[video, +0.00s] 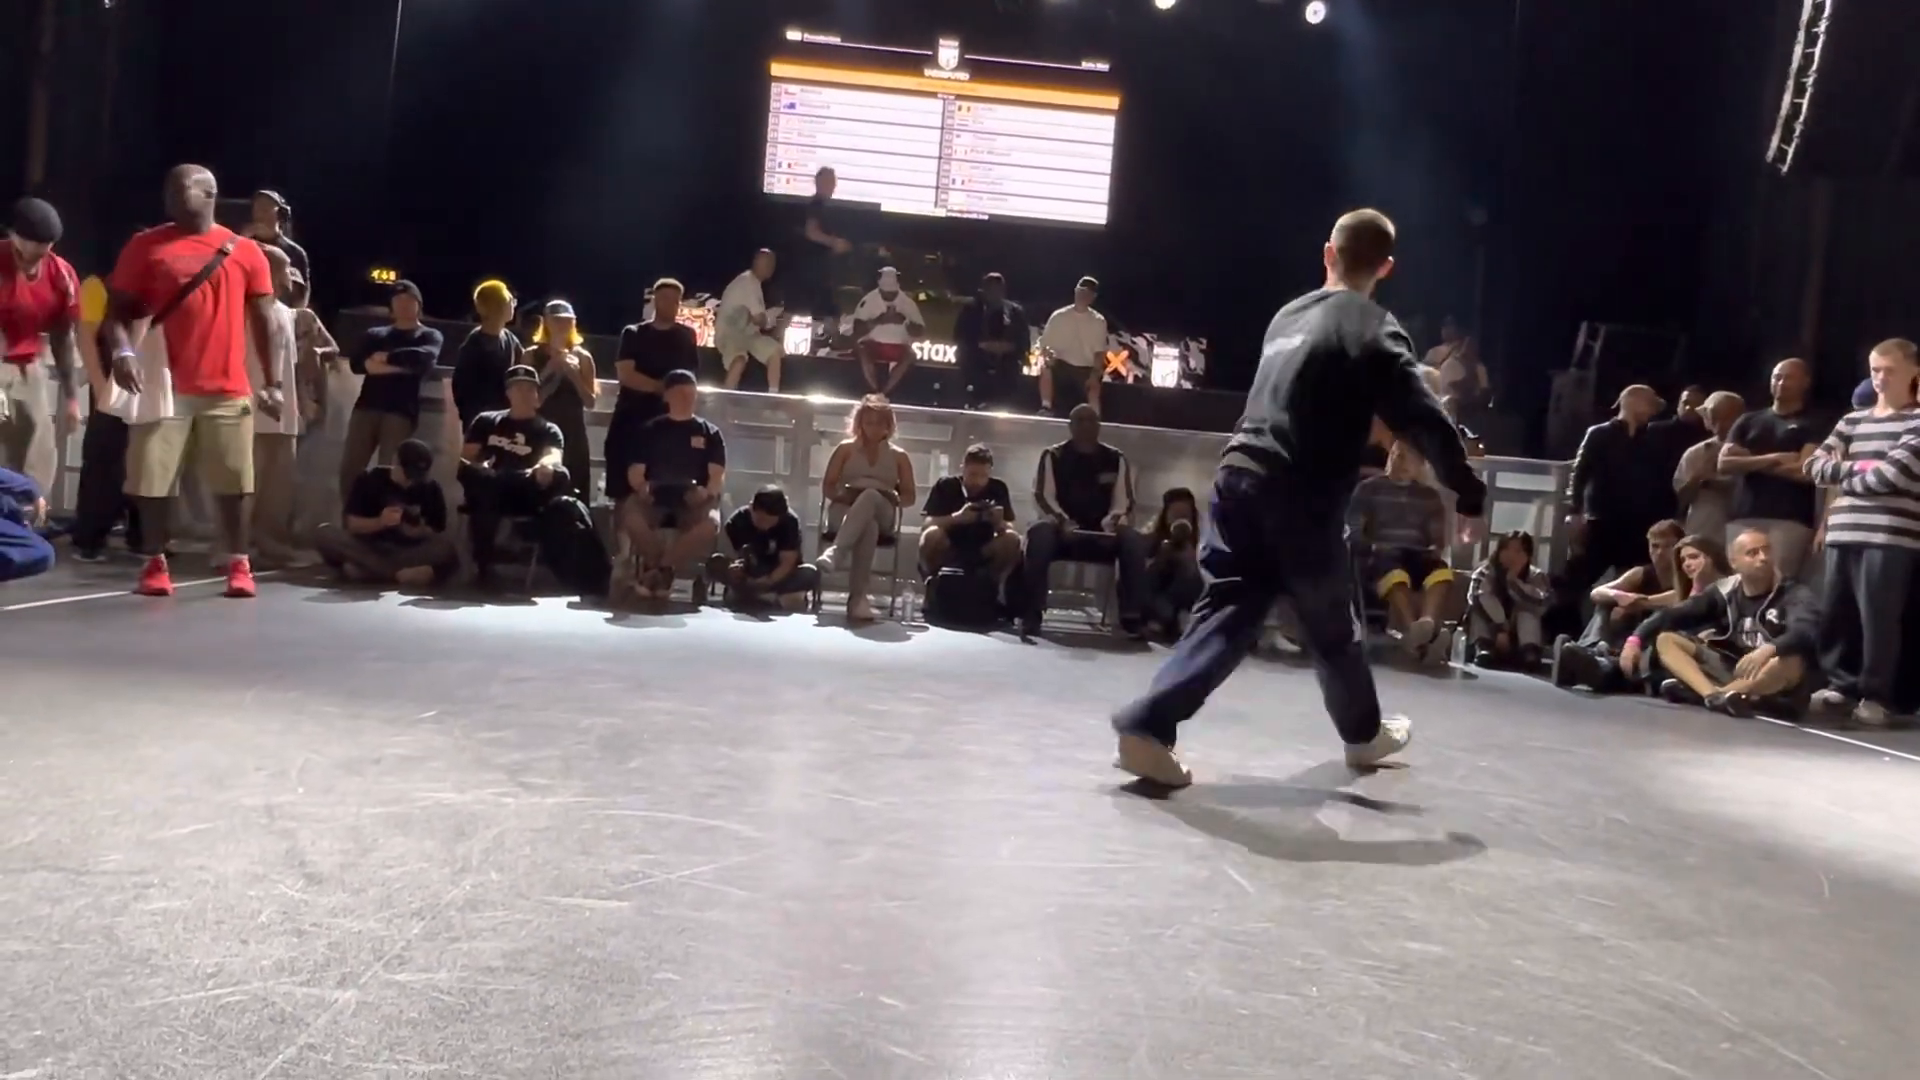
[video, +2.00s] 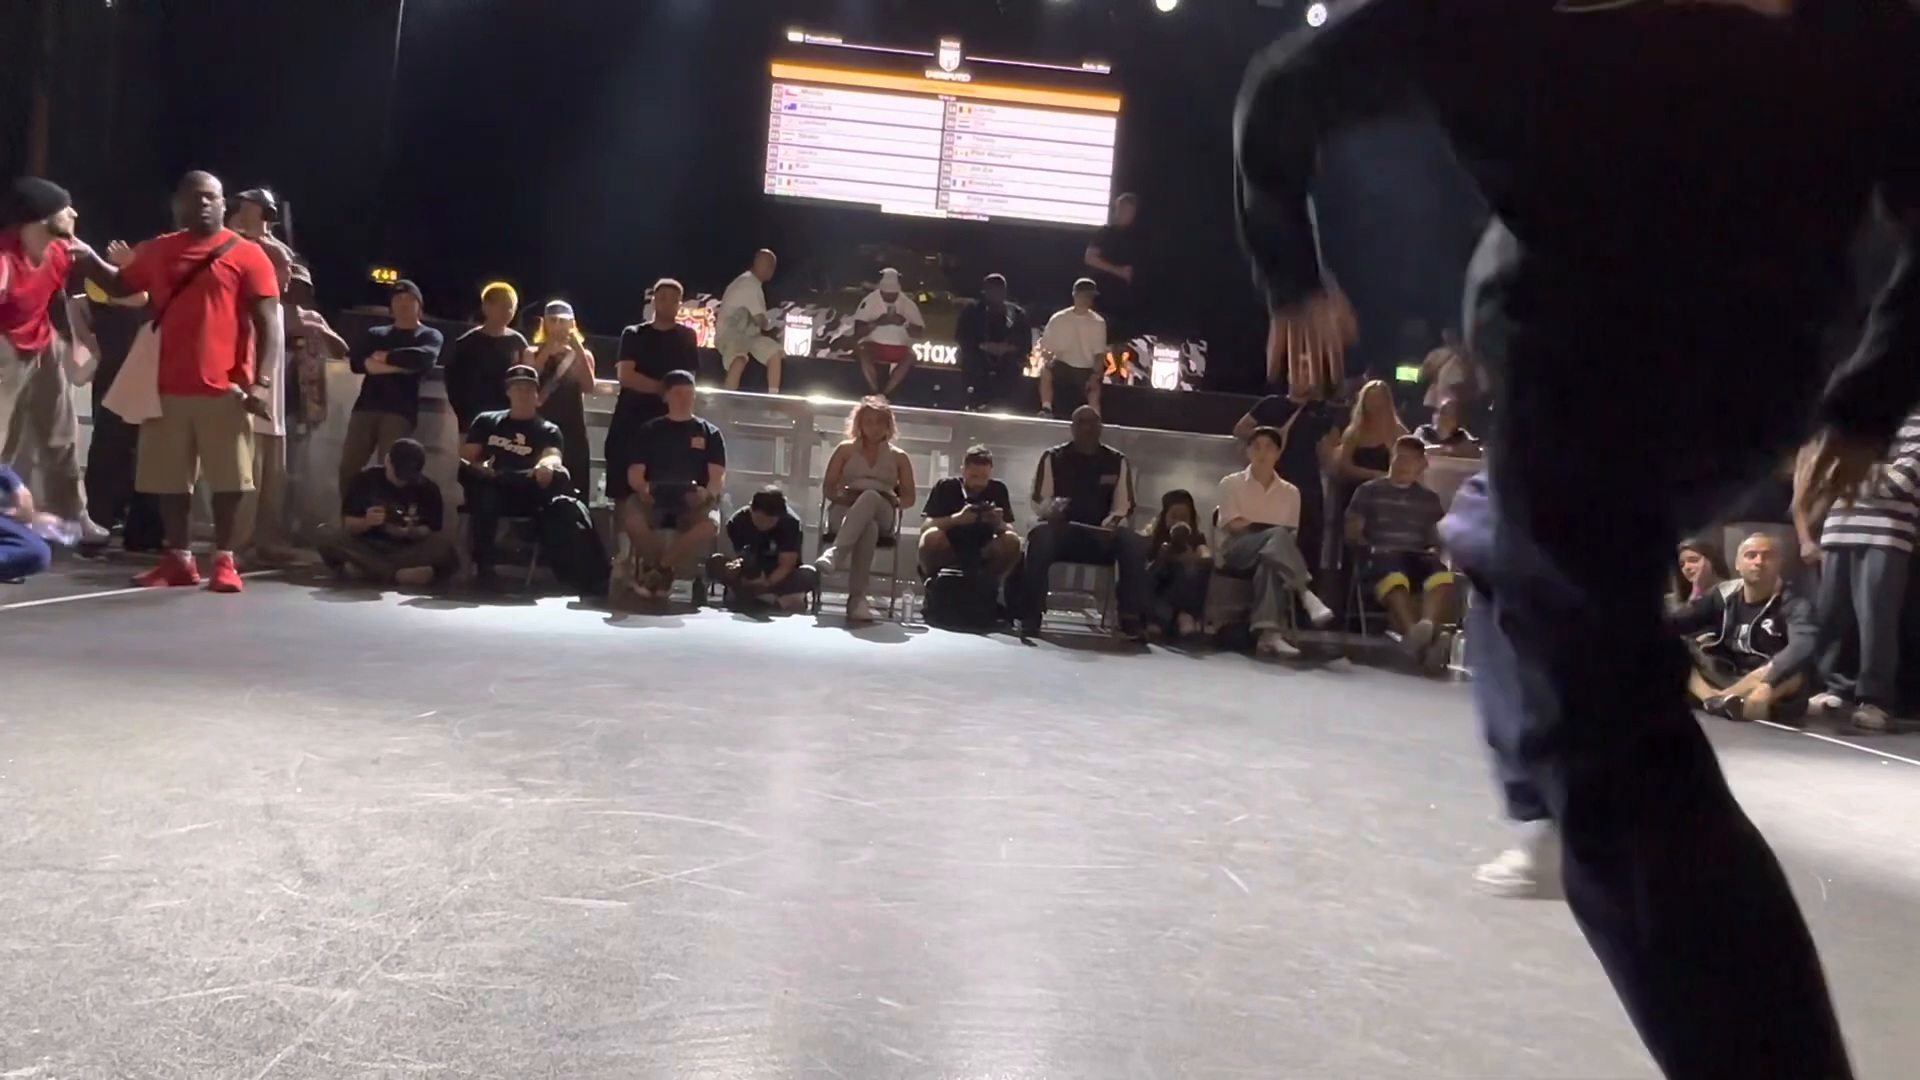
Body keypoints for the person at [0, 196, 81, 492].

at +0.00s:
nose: (40, 250)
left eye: (46, 244)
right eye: (33, 242)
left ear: (53, 241)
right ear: (15, 235)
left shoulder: (61, 274)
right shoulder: (3, 263)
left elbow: (63, 338)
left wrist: (71, 397)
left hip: (32, 366)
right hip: (2, 365)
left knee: (40, 448)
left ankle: (31, 527)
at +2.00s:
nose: (71, 216)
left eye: (68, 209)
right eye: (63, 211)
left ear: (48, 220)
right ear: (38, 218)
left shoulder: (60, 251)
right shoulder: (8, 259)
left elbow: (60, 297)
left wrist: (75, 338)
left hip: (45, 343)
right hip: (9, 347)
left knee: (61, 434)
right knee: (6, 436)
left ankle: (73, 515)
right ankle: (7, 513)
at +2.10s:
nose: (73, 205)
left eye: (70, 198)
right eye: (65, 199)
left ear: (49, 209)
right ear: (44, 207)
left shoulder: (63, 249)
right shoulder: (8, 253)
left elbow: (60, 300)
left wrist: (73, 342)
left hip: (49, 355)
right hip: (9, 361)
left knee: (62, 444)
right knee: (6, 449)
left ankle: (70, 526)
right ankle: (7, 531)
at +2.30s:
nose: (80, 192)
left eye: (78, 185)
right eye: (72, 185)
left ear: (52, 194)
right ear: (46, 192)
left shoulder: (65, 245)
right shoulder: (10, 235)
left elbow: (63, 304)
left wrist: (80, 353)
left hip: (49, 353)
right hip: (11, 354)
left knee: (55, 447)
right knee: (12, 450)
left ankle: (59, 541)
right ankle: (10, 542)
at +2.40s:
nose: (83, 191)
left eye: (81, 185)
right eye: (75, 184)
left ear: (57, 194)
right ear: (47, 191)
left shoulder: (70, 245)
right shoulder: (10, 230)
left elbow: (70, 307)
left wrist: (92, 354)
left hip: (54, 354)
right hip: (12, 353)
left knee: (55, 449)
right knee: (12, 451)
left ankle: (57, 546)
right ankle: (15, 545)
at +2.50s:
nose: (87, 194)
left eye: (86, 188)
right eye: (79, 187)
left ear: (66, 196)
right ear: (51, 191)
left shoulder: (77, 250)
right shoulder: (11, 230)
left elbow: (73, 308)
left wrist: (96, 340)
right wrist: (19, 343)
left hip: (57, 362)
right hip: (12, 358)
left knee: (55, 458)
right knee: (8, 451)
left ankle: (53, 549)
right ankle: (9, 546)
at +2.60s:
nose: (82, 203)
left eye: (85, 197)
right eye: (74, 194)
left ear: (84, 202)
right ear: (48, 194)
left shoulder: (85, 250)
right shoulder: (12, 229)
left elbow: (86, 315)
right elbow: (2, 297)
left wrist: (100, 338)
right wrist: (52, 323)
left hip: (69, 362)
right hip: (16, 360)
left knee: (63, 459)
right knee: (9, 456)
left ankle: (53, 552)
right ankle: (7, 547)